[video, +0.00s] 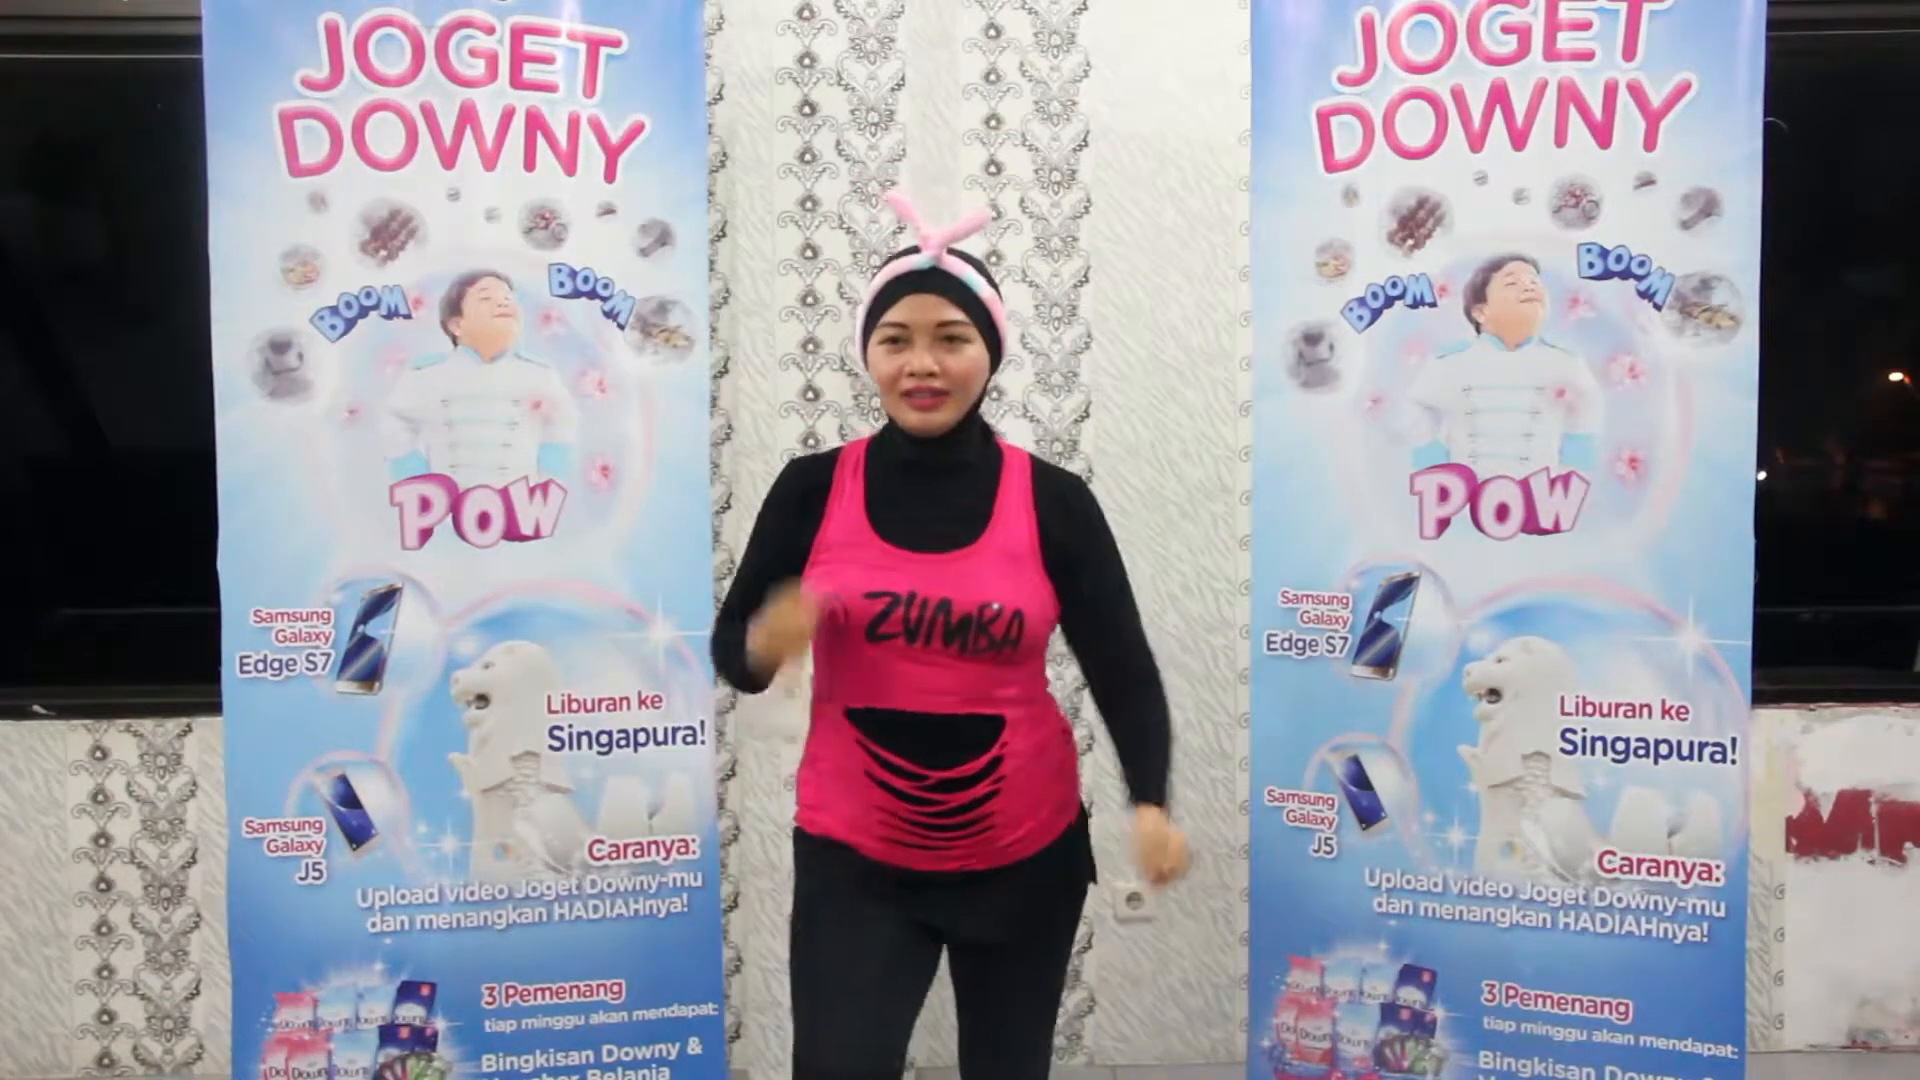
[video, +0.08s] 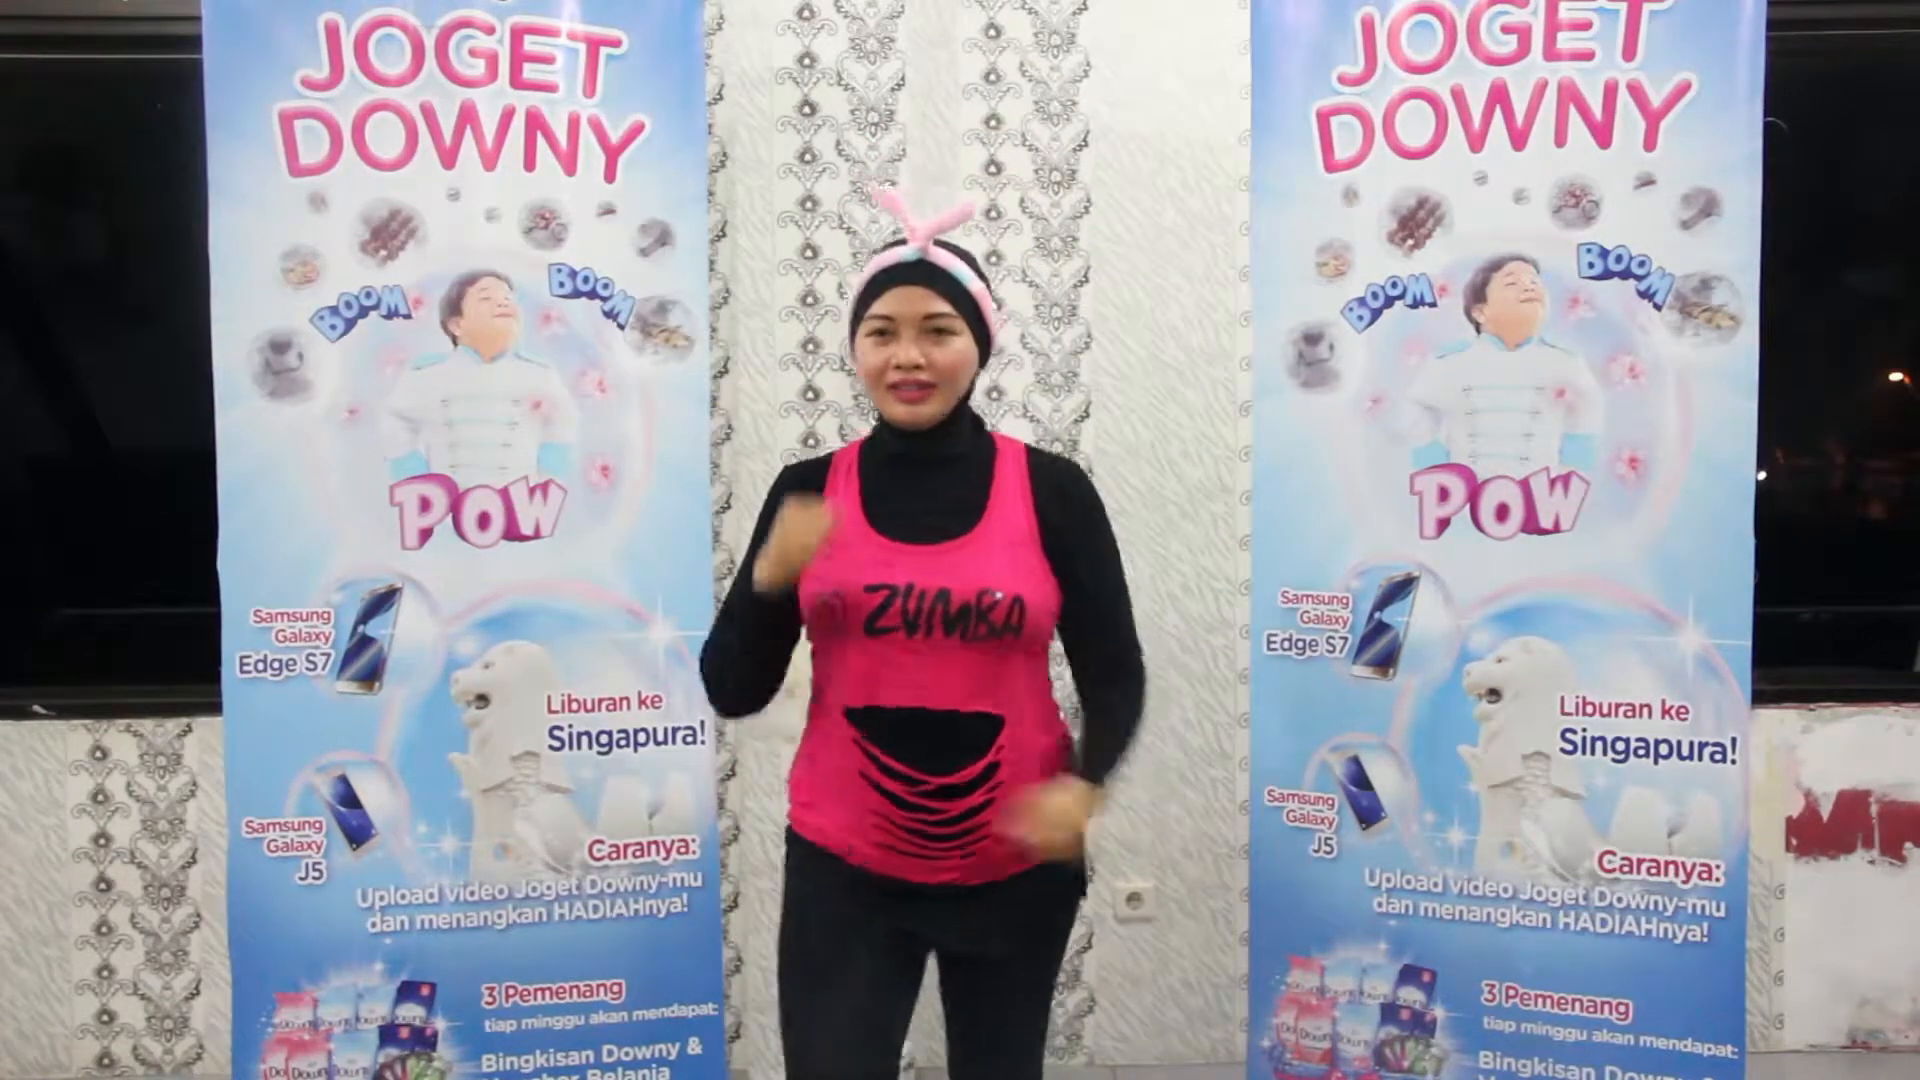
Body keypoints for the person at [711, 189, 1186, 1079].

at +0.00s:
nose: (922, 362)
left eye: (950, 339)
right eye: (898, 340)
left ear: (990, 358)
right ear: (868, 358)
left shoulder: (1054, 503)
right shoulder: (814, 489)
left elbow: (1121, 664)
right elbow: (734, 659)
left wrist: (1148, 798)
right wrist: (770, 635)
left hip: (1021, 858)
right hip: (856, 855)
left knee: (1009, 1068)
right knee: (836, 1065)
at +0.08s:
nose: (909, 355)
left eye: (938, 330)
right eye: (883, 331)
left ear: (980, 349)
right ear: (854, 351)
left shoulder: (1051, 492)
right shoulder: (809, 492)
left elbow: (1113, 674)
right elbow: (734, 691)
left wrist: (1084, 780)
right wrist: (770, 575)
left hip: (1013, 866)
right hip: (846, 866)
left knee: (1000, 1069)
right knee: (830, 1066)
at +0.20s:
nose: (877, 351)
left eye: (907, 330)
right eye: (853, 329)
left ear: (951, 351)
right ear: (824, 350)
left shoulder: (1030, 484)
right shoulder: (788, 503)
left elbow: (1082, 669)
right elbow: (759, 673)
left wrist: (1004, 755)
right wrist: (787, 510)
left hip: (996, 882)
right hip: (824, 884)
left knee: (996, 1068)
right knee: (842, 1069)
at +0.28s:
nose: (857, 338)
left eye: (887, 316)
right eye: (831, 317)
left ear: (934, 343)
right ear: (804, 344)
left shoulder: (1016, 487)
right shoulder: (763, 505)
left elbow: (1073, 661)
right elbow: (776, 639)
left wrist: (1040, 719)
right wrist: (804, 494)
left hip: (990, 903)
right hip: (816, 903)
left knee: (971, 1064)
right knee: (827, 1064)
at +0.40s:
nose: (853, 303)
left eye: (883, 279)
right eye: (823, 284)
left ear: (931, 310)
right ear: (794, 322)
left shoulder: (1009, 459)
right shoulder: (751, 469)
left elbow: (1096, 661)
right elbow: (752, 562)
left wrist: (1057, 608)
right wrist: (825, 617)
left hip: (982, 887)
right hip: (809, 891)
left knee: (941, 1060)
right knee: (823, 1063)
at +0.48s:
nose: (860, 312)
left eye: (891, 286)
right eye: (828, 289)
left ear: (937, 313)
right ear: (796, 323)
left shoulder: (1005, 472)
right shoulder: (747, 477)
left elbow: (1125, 673)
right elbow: (771, 642)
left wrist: (1075, 549)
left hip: (988, 910)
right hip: (812, 917)